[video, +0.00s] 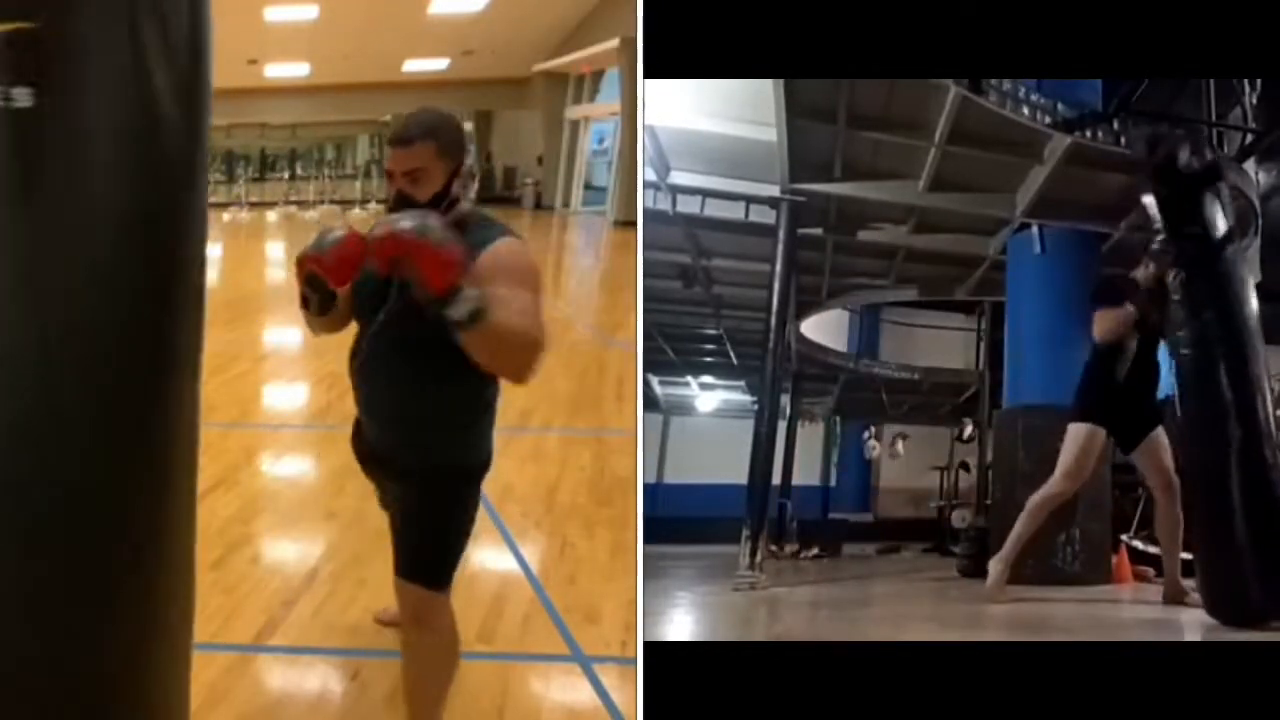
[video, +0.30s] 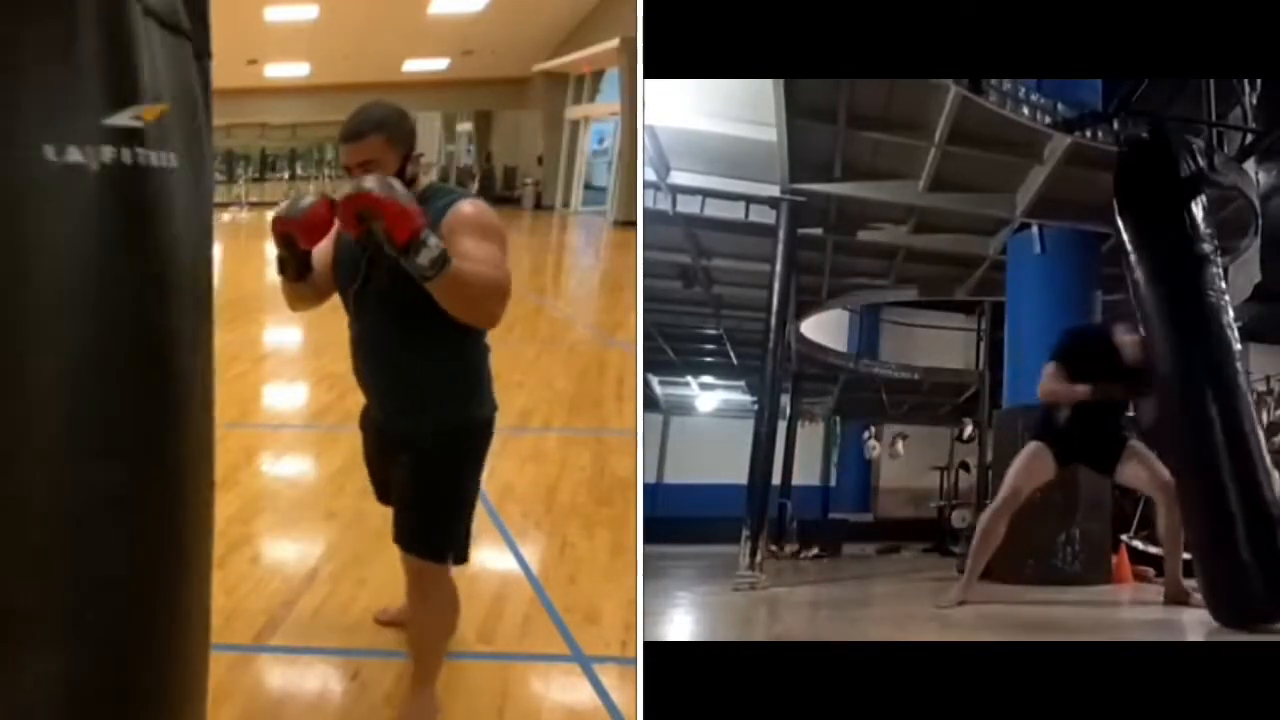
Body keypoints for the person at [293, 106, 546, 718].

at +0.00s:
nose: (401, 191)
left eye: (415, 178)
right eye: (393, 177)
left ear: (456, 173)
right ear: (386, 173)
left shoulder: (497, 251)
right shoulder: (387, 237)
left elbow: (520, 361)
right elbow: (329, 324)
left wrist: (451, 294)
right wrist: (318, 287)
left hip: (443, 449)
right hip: (377, 428)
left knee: (421, 602)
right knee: (407, 524)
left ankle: (424, 711)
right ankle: (419, 607)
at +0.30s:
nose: (364, 186)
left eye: (376, 171)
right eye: (353, 173)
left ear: (410, 164)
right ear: (343, 170)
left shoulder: (461, 216)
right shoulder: (352, 229)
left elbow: (488, 307)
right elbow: (305, 294)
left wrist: (416, 245)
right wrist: (293, 253)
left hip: (447, 417)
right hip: (386, 407)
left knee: (427, 557)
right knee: (410, 521)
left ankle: (422, 694)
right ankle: (421, 605)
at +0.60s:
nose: (332, 190)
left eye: (343, 176)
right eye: (324, 178)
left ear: (381, 161)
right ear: (319, 169)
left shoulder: (445, 215)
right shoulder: (348, 222)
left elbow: (503, 303)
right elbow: (319, 297)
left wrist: (410, 266)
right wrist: (292, 280)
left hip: (442, 413)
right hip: (380, 403)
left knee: (371, 542)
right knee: (410, 511)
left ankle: (391, 695)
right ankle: (432, 598)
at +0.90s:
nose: (329, 223)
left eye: (341, 206)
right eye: (318, 212)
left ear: (377, 188)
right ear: (310, 205)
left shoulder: (444, 233)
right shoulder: (332, 251)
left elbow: (550, 296)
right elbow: (323, 298)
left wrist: (441, 278)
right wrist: (279, 327)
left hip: (446, 448)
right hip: (368, 435)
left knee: (415, 601)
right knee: (340, 520)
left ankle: (406, 712)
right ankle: (415, 580)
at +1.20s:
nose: (363, 198)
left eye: (377, 185)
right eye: (354, 185)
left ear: (419, 174)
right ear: (347, 179)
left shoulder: (484, 237)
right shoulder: (331, 246)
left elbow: (554, 325)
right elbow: (276, 301)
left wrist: (481, 292)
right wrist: (265, 337)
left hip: (437, 447)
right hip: (357, 435)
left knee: (422, 592)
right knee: (359, 523)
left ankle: (409, 711)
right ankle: (380, 576)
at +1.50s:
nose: (346, 183)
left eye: (358, 172)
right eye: (340, 171)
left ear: (395, 162)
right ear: (336, 164)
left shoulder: (450, 225)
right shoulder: (338, 228)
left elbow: (498, 314)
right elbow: (306, 315)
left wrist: (415, 304)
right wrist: (295, 291)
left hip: (419, 404)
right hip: (357, 395)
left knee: (390, 552)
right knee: (373, 506)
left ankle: (392, 700)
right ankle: (387, 586)